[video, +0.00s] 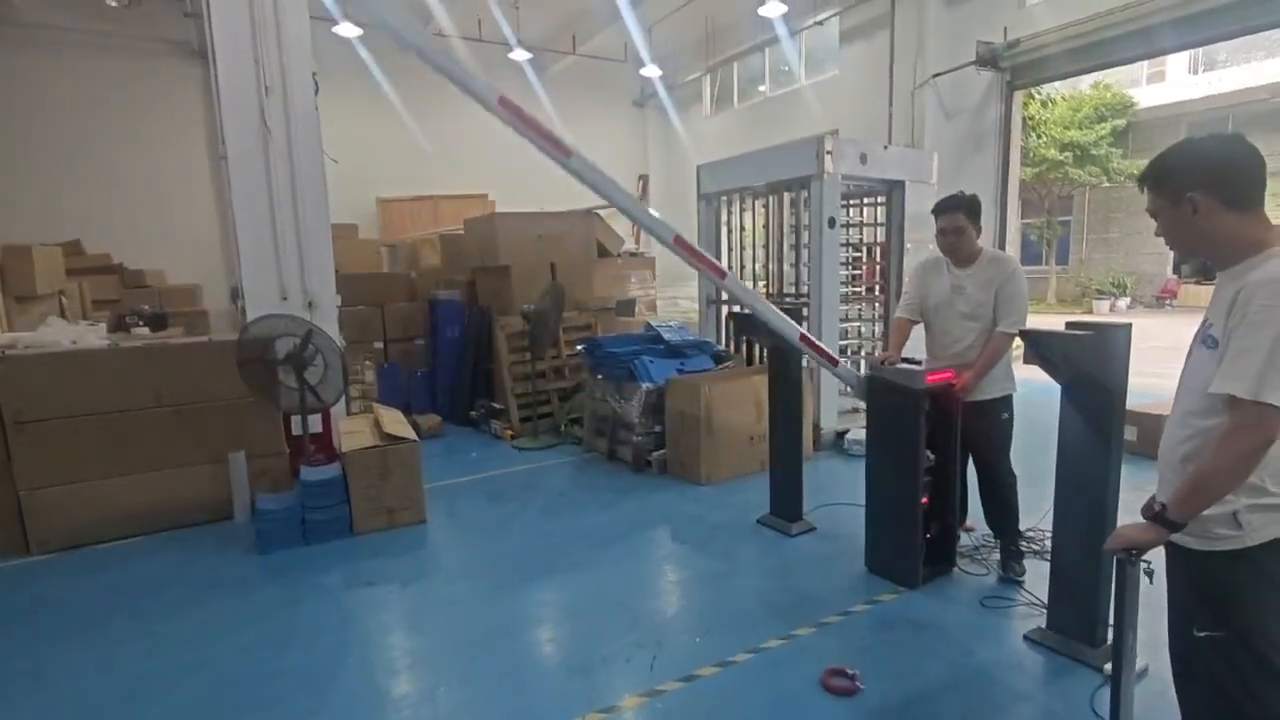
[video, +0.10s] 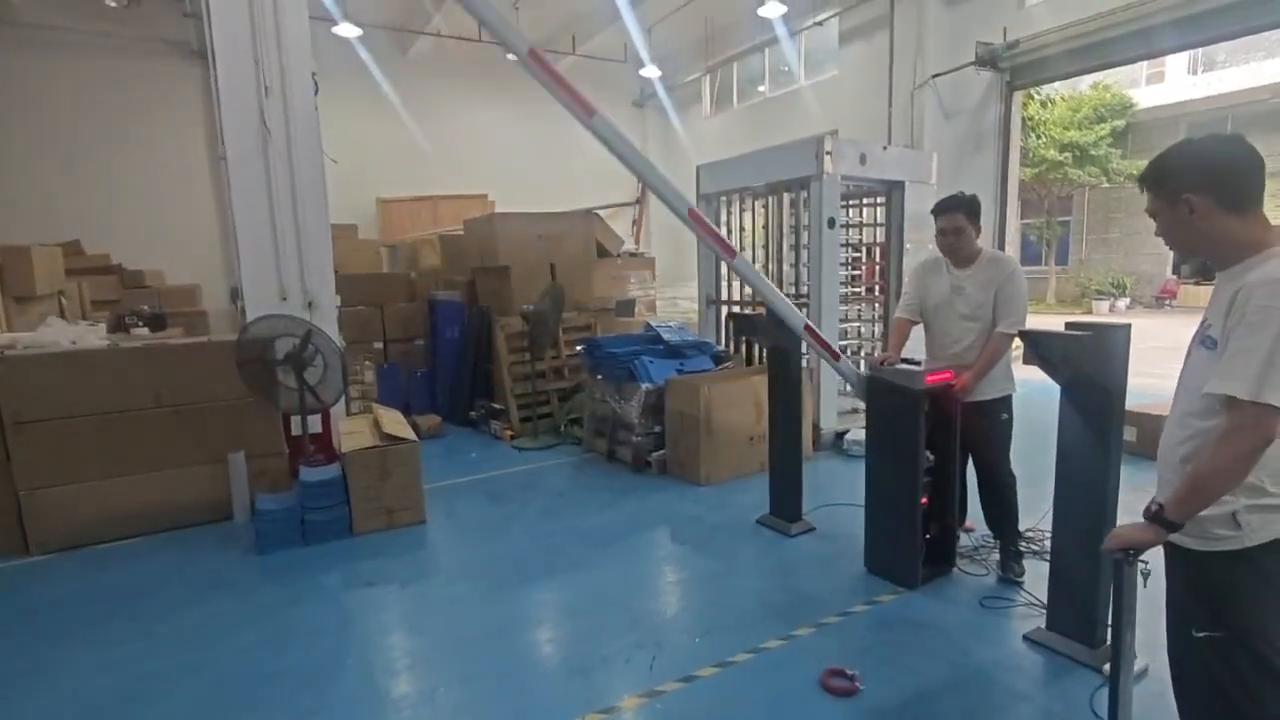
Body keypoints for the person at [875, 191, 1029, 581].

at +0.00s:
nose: (947, 241)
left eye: (956, 233)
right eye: (941, 233)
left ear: (978, 230)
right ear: (934, 233)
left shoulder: (1005, 269)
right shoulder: (927, 269)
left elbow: (1006, 330)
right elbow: (905, 314)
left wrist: (974, 373)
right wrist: (892, 352)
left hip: (990, 393)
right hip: (941, 392)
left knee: (995, 475)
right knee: (944, 475)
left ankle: (1010, 546)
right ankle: (940, 551)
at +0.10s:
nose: (946, 241)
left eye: (955, 233)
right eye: (940, 234)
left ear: (977, 231)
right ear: (934, 233)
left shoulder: (1005, 269)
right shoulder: (926, 268)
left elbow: (1005, 331)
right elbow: (905, 314)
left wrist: (974, 374)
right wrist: (892, 352)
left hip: (989, 393)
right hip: (940, 392)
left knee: (995, 475)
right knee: (943, 475)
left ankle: (1009, 546)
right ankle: (940, 550)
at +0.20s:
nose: (946, 242)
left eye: (955, 233)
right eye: (940, 234)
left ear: (977, 231)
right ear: (934, 233)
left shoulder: (1004, 269)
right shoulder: (926, 269)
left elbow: (1006, 331)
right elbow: (905, 314)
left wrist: (974, 374)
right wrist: (892, 351)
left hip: (989, 393)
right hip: (940, 392)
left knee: (994, 475)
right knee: (943, 475)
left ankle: (1009, 546)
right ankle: (939, 550)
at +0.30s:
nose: (946, 242)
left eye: (954, 234)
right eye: (939, 235)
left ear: (977, 231)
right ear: (933, 234)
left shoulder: (1004, 270)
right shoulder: (926, 269)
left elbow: (1005, 331)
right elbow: (905, 314)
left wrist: (973, 375)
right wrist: (891, 352)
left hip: (988, 393)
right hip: (940, 392)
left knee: (994, 475)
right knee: (943, 475)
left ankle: (1008, 547)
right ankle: (939, 550)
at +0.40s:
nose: (946, 242)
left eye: (954, 234)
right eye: (939, 235)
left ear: (976, 231)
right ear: (933, 234)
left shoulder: (1004, 270)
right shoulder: (926, 269)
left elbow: (1005, 331)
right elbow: (904, 315)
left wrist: (972, 375)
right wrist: (891, 352)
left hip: (988, 393)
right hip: (939, 393)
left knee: (994, 475)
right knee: (943, 475)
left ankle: (1008, 547)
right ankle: (939, 550)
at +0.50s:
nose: (944, 243)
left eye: (953, 234)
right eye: (939, 235)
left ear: (975, 232)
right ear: (933, 234)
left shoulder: (1003, 270)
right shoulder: (925, 269)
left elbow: (1005, 330)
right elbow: (904, 315)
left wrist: (972, 375)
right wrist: (890, 353)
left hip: (988, 393)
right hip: (940, 393)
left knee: (994, 475)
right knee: (942, 476)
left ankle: (1008, 547)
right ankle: (939, 552)